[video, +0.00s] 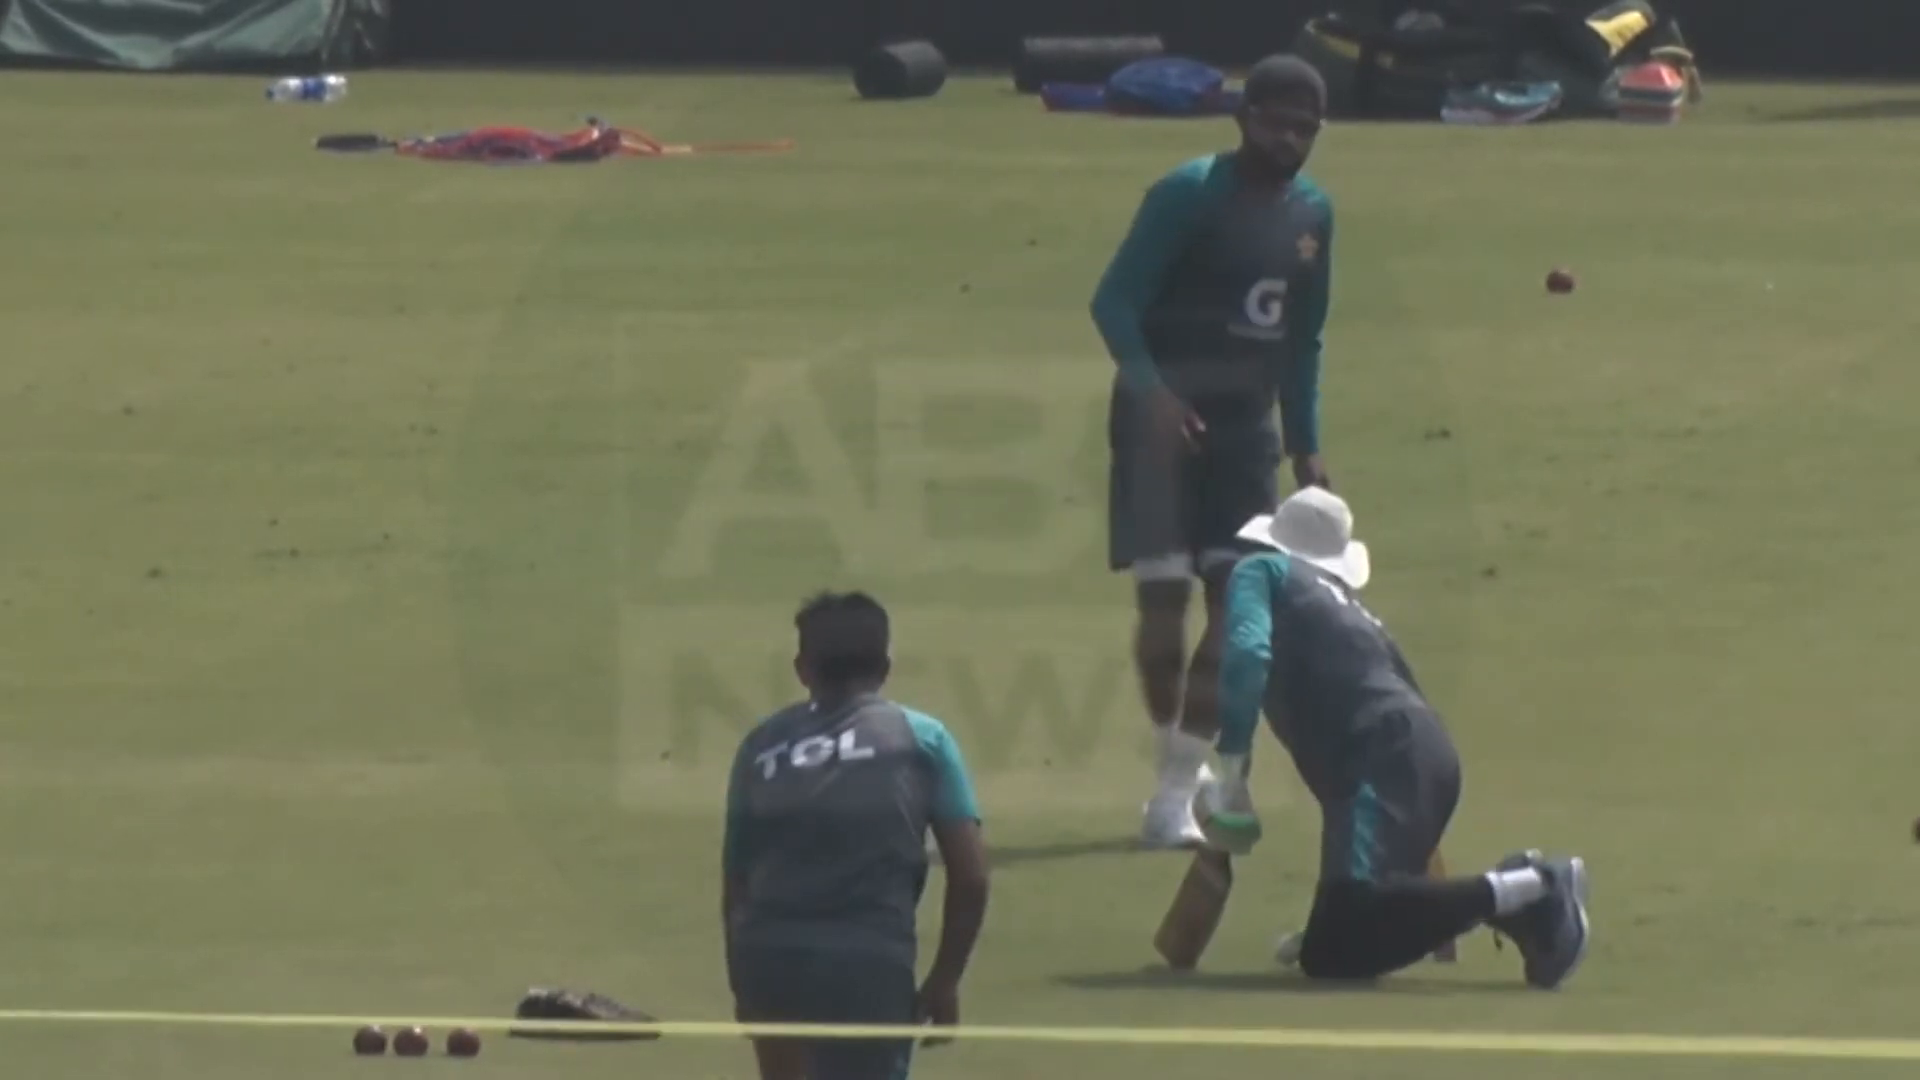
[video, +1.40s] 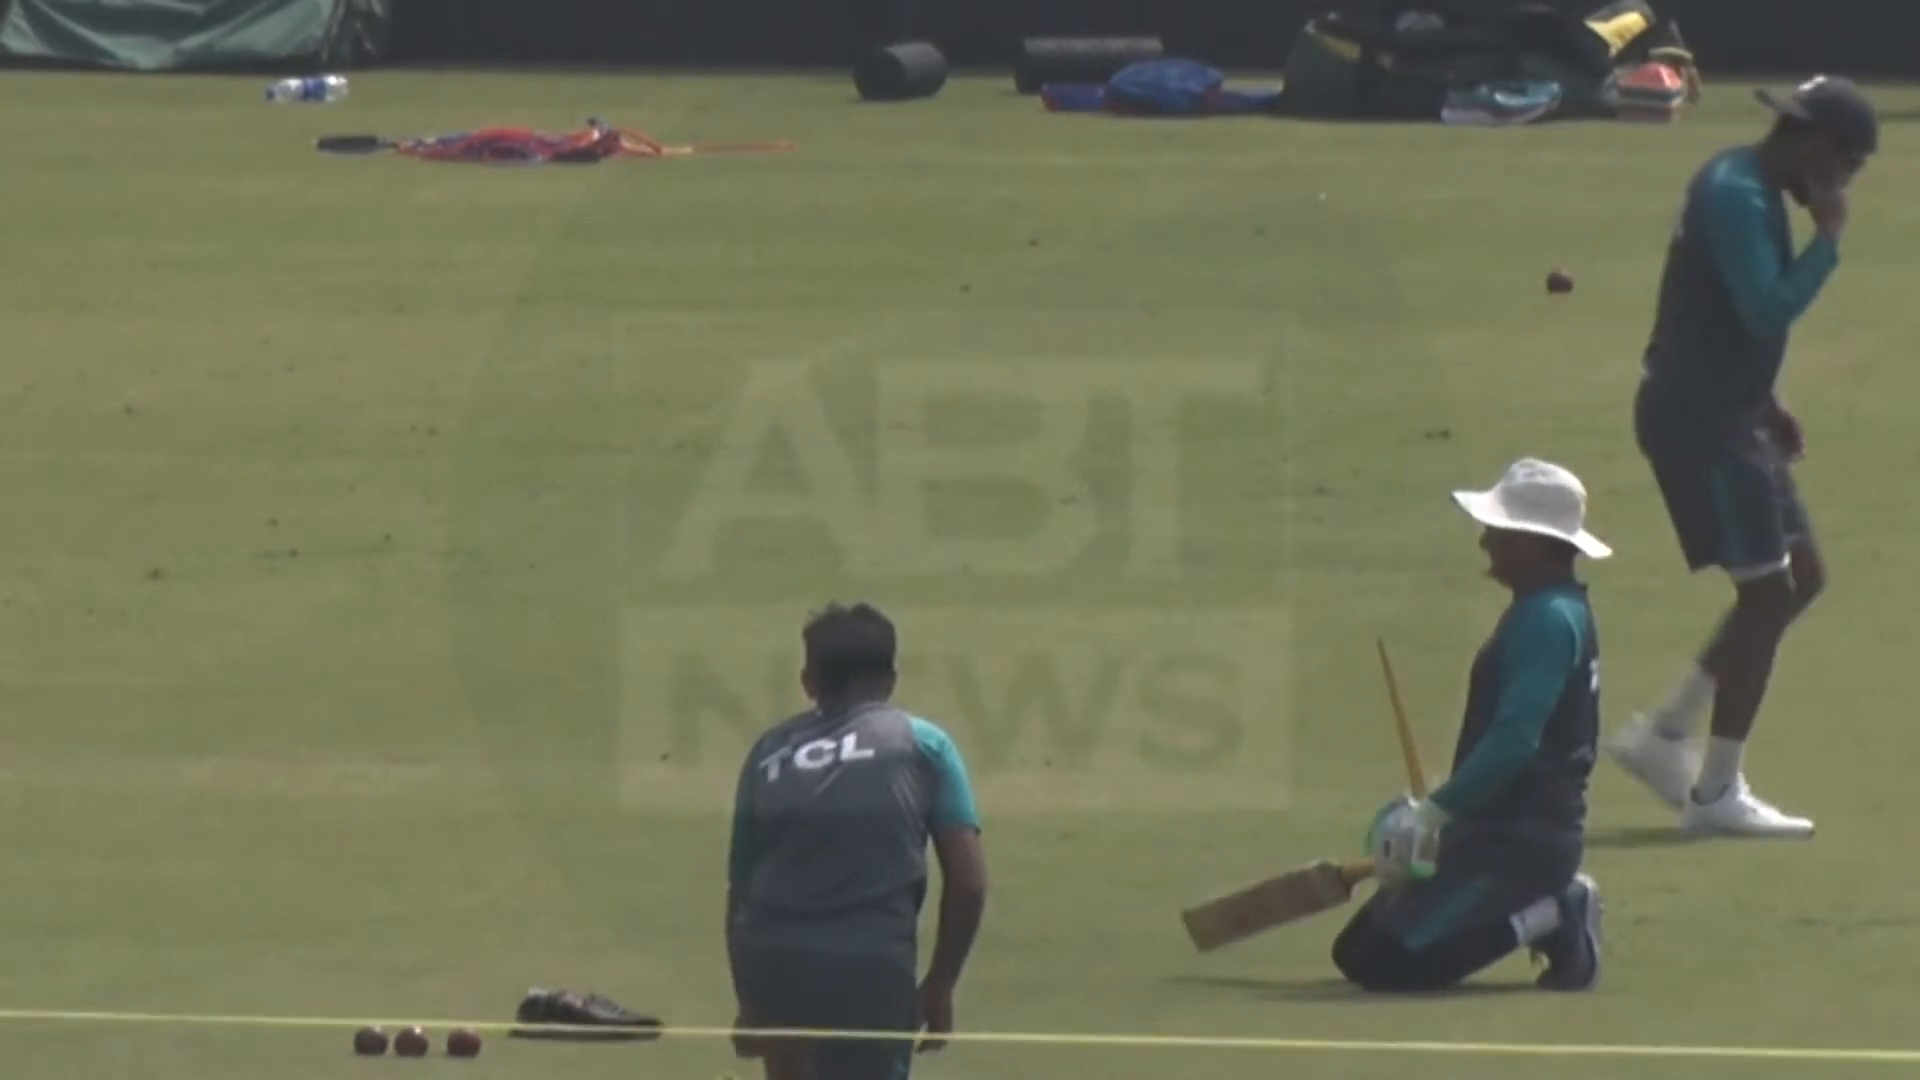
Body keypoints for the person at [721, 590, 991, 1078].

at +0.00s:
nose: (794, 665)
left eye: (796, 655)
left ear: (803, 669)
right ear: (884, 667)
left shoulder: (759, 745)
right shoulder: (922, 737)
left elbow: (736, 886)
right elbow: (971, 877)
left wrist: (745, 986)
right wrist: (944, 983)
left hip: (770, 965)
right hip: (870, 968)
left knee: (785, 1069)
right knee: (869, 1068)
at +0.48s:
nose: (802, 675)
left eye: (804, 665)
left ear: (810, 676)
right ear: (890, 674)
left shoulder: (767, 747)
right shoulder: (927, 740)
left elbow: (737, 892)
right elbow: (972, 879)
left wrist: (748, 996)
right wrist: (944, 988)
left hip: (773, 967)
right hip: (873, 969)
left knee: (791, 1069)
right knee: (872, 1069)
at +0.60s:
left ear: (812, 676)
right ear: (893, 676)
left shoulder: (769, 743)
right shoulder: (930, 743)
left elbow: (722, 892)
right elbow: (972, 882)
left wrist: (743, 979)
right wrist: (947, 991)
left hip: (773, 960)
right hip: (871, 964)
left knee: (792, 1065)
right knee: (873, 1068)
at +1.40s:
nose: (802, 681)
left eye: (803, 672)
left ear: (809, 683)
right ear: (891, 679)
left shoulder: (768, 750)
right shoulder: (925, 743)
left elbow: (740, 896)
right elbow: (968, 883)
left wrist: (749, 1000)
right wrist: (939, 988)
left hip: (773, 971)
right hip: (872, 972)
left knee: (790, 1068)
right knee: (872, 1069)